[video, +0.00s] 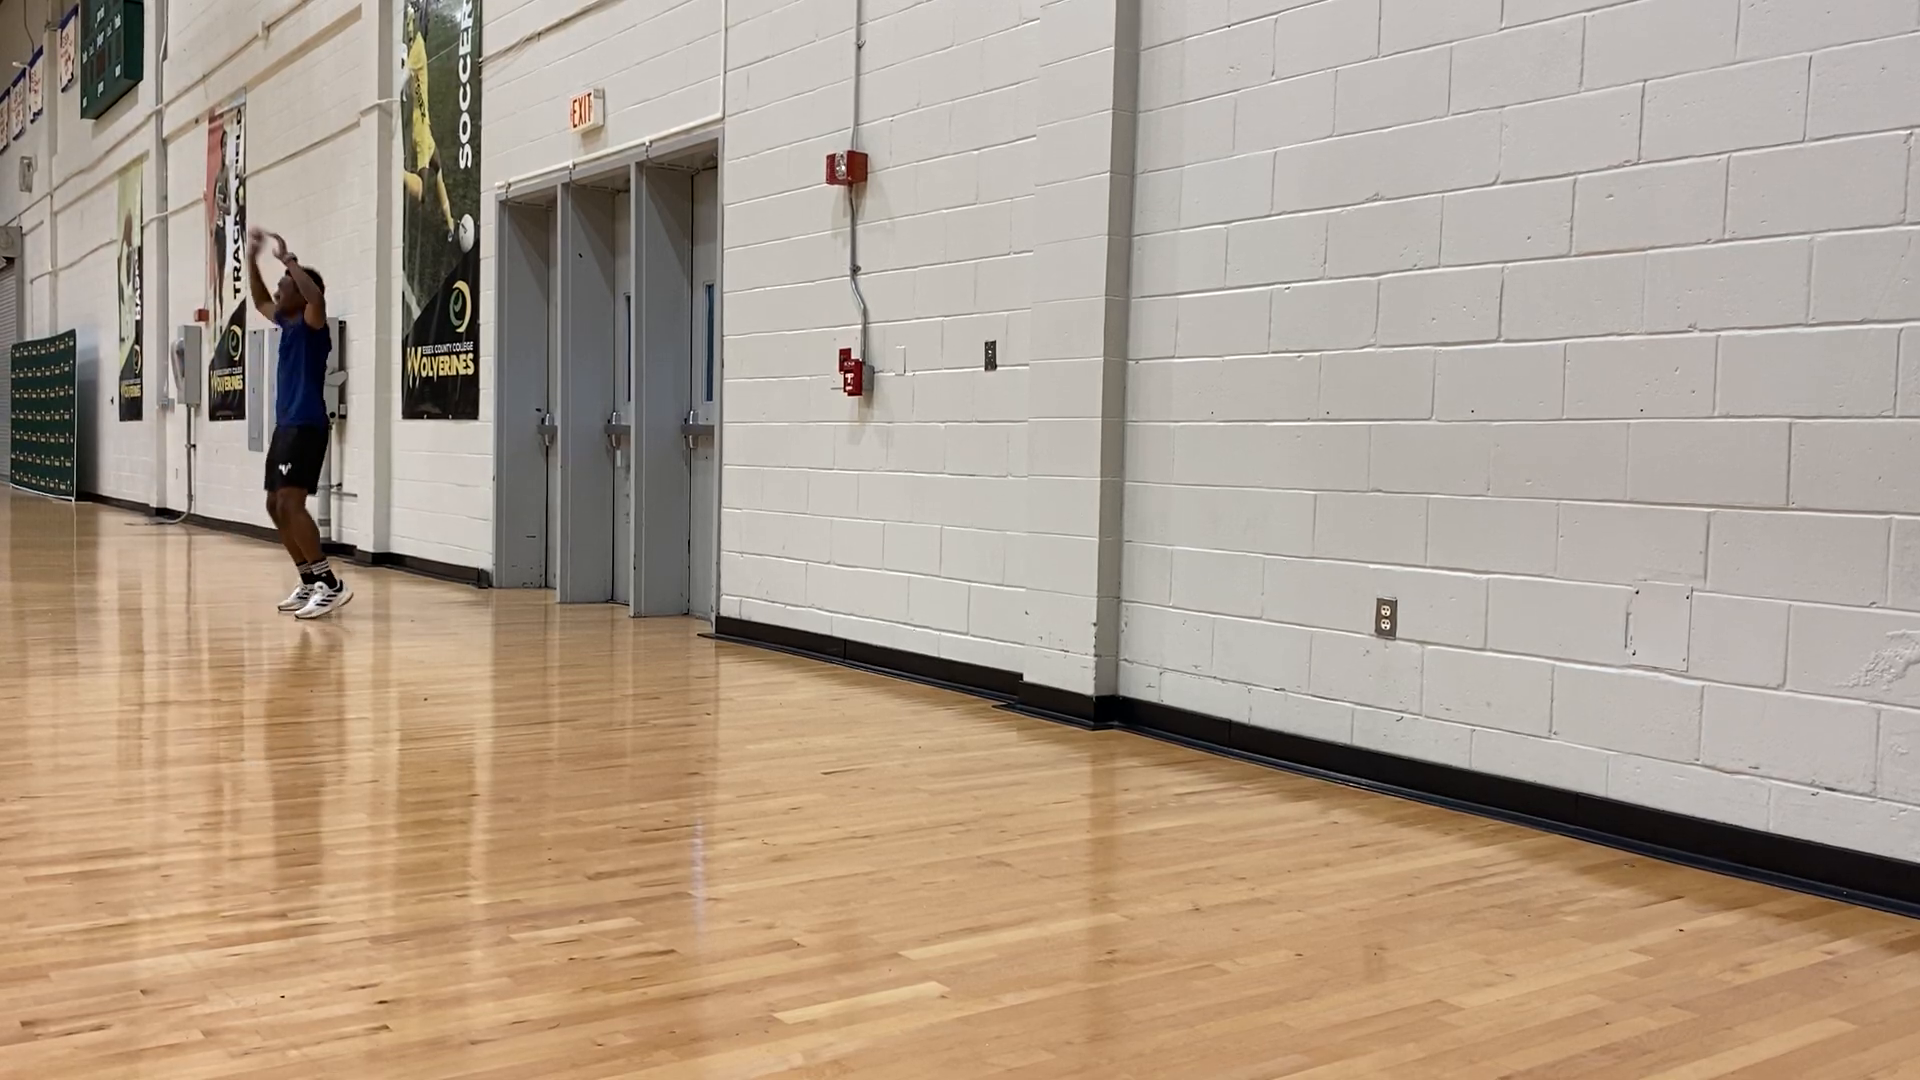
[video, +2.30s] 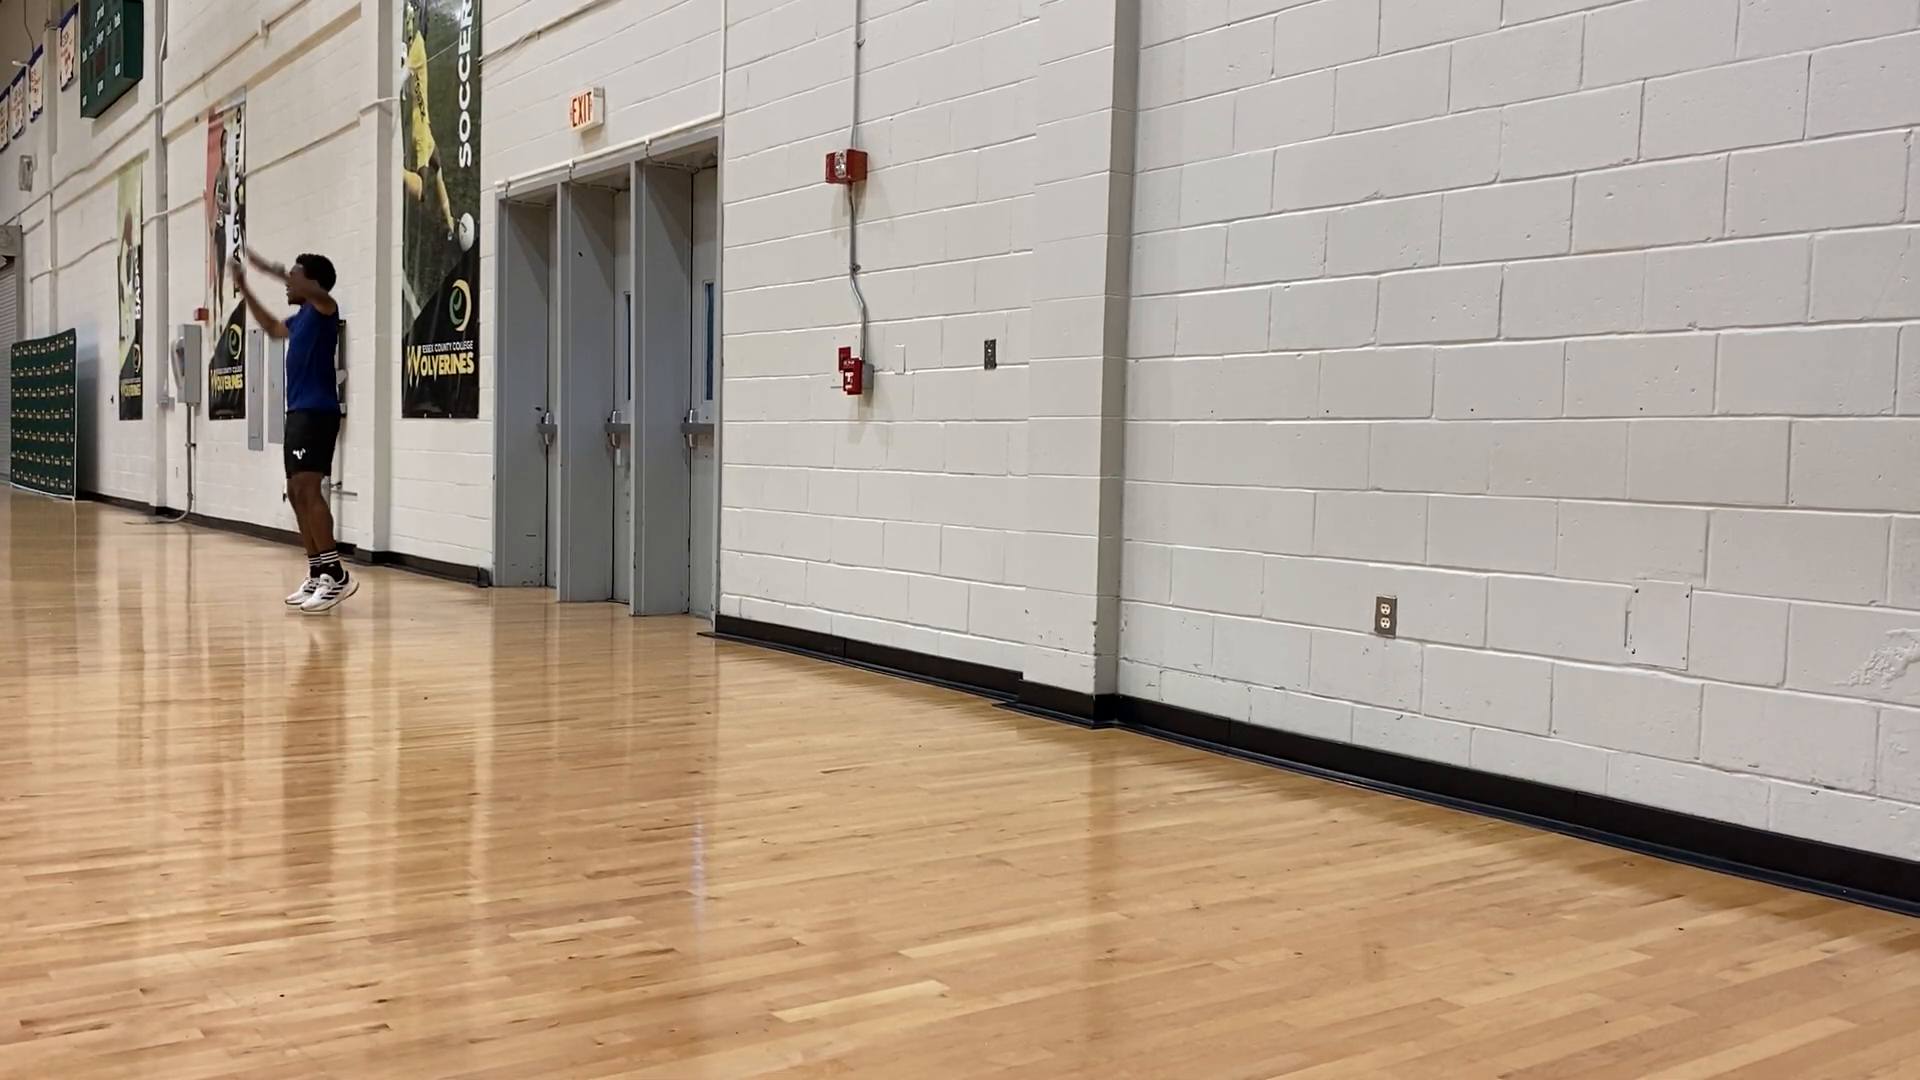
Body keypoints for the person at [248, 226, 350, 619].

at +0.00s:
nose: (277, 290)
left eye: (284, 286)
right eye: (279, 285)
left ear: (302, 294)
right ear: (285, 292)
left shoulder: (312, 323)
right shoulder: (287, 323)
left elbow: (315, 296)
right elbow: (262, 301)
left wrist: (288, 261)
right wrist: (251, 259)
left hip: (307, 424)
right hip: (287, 424)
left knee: (290, 502)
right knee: (275, 505)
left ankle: (328, 583)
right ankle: (309, 583)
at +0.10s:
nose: (283, 275)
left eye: (290, 270)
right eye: (285, 269)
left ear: (307, 279)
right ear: (293, 280)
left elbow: (321, 312)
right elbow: (263, 314)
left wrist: (290, 282)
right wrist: (231, 278)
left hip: (309, 412)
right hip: (287, 411)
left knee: (298, 490)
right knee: (283, 491)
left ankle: (325, 574)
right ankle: (306, 575)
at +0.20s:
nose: (284, 277)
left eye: (291, 274)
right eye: (288, 272)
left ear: (307, 284)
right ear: (303, 284)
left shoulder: (317, 314)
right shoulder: (294, 320)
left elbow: (341, 348)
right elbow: (274, 348)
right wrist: (230, 322)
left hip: (310, 415)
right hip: (291, 414)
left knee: (297, 494)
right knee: (288, 495)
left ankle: (326, 577)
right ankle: (314, 577)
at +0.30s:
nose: (285, 294)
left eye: (292, 291)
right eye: (289, 289)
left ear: (308, 302)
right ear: (304, 302)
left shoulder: (320, 339)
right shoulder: (298, 341)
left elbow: (348, 383)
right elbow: (293, 391)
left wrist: (302, 398)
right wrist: (250, 386)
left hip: (313, 436)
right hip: (295, 436)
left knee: (297, 511)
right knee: (286, 511)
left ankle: (335, 589)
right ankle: (324, 586)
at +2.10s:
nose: (285, 310)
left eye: (292, 305)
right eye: (287, 304)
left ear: (310, 312)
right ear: (307, 313)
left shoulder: (322, 346)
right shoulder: (305, 352)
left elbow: (329, 389)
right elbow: (292, 409)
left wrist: (284, 409)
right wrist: (249, 417)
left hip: (324, 444)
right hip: (310, 443)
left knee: (292, 513)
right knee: (285, 515)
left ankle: (335, 588)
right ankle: (328, 586)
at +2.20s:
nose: (288, 295)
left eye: (294, 289)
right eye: (290, 289)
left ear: (314, 296)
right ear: (310, 296)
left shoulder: (321, 322)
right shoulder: (304, 333)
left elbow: (325, 348)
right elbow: (287, 376)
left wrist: (278, 340)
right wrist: (238, 364)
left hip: (320, 430)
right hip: (304, 430)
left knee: (302, 503)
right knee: (294, 505)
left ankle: (334, 584)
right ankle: (326, 582)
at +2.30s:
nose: (287, 281)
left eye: (293, 276)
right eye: (288, 276)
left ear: (313, 282)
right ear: (301, 282)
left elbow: (304, 288)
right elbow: (272, 328)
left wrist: (266, 267)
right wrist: (245, 289)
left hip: (318, 412)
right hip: (298, 413)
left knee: (307, 490)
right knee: (297, 493)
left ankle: (336, 575)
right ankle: (317, 575)